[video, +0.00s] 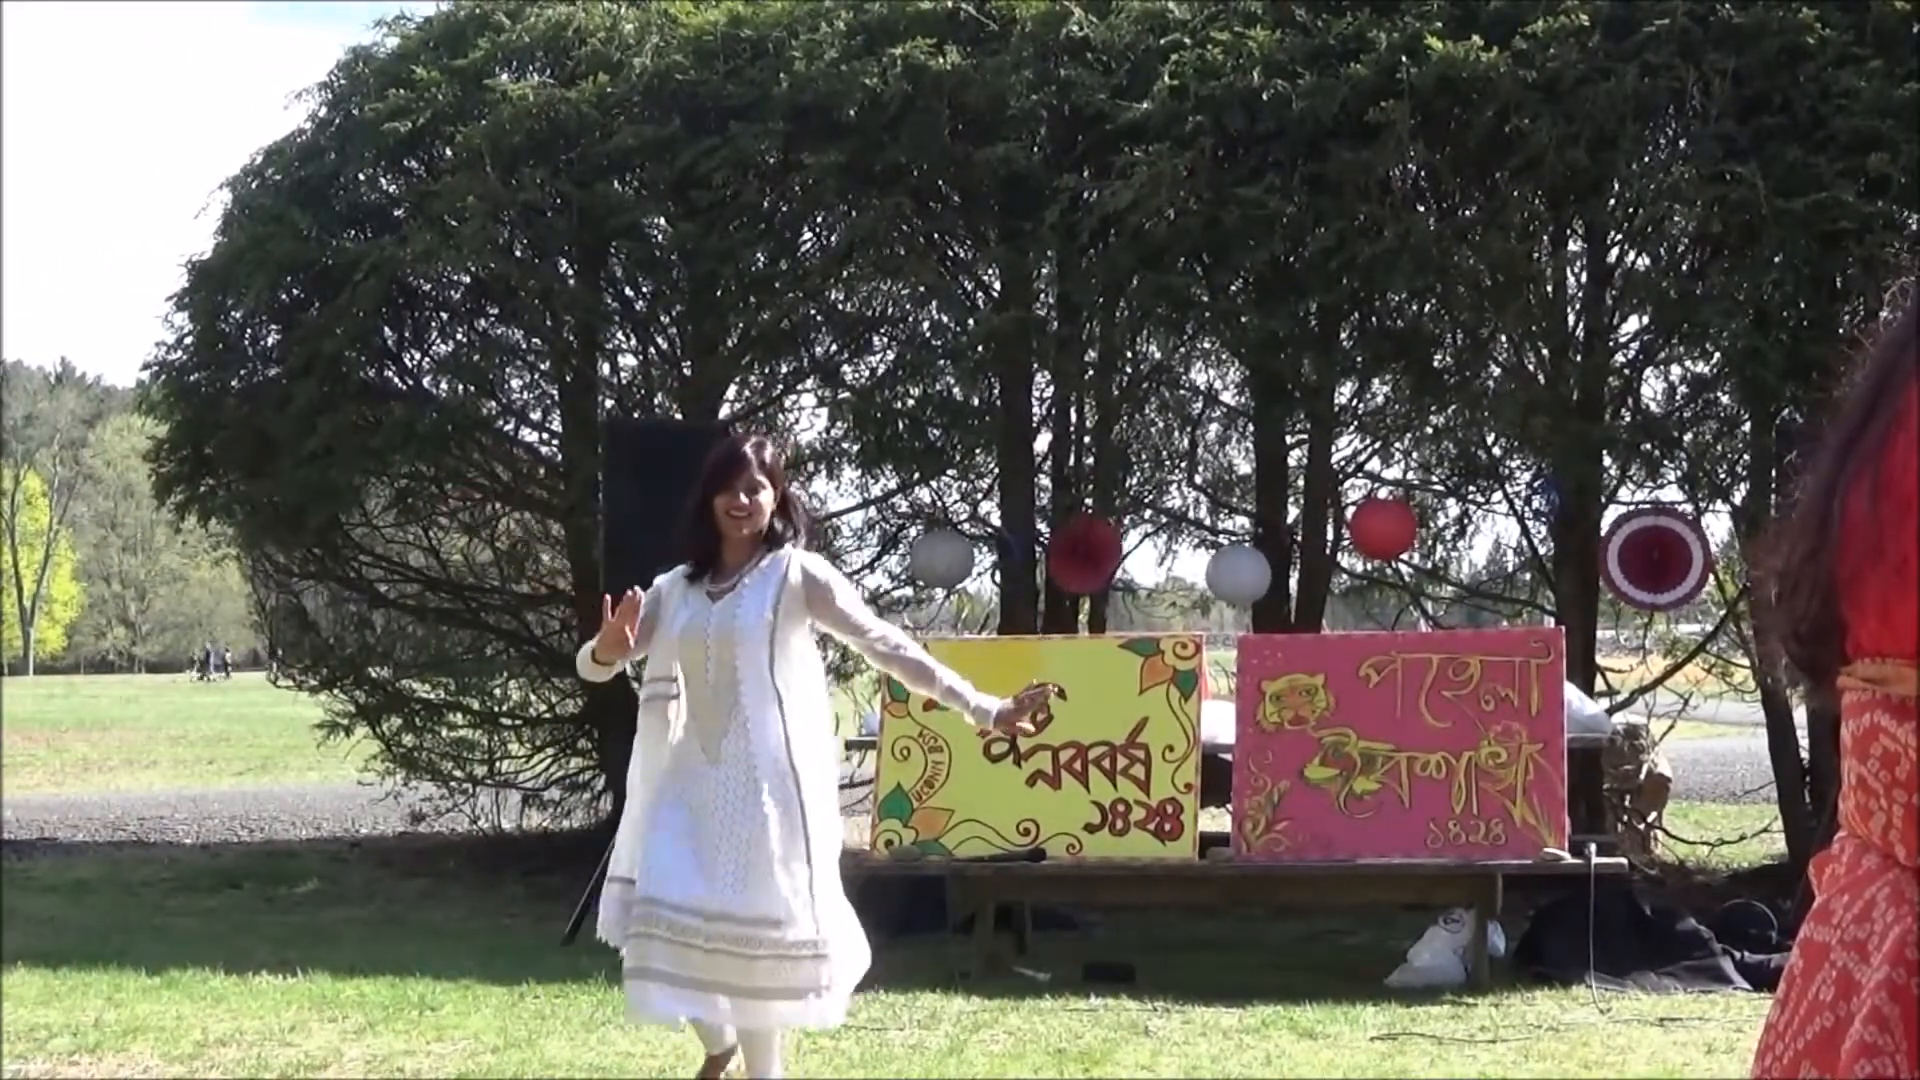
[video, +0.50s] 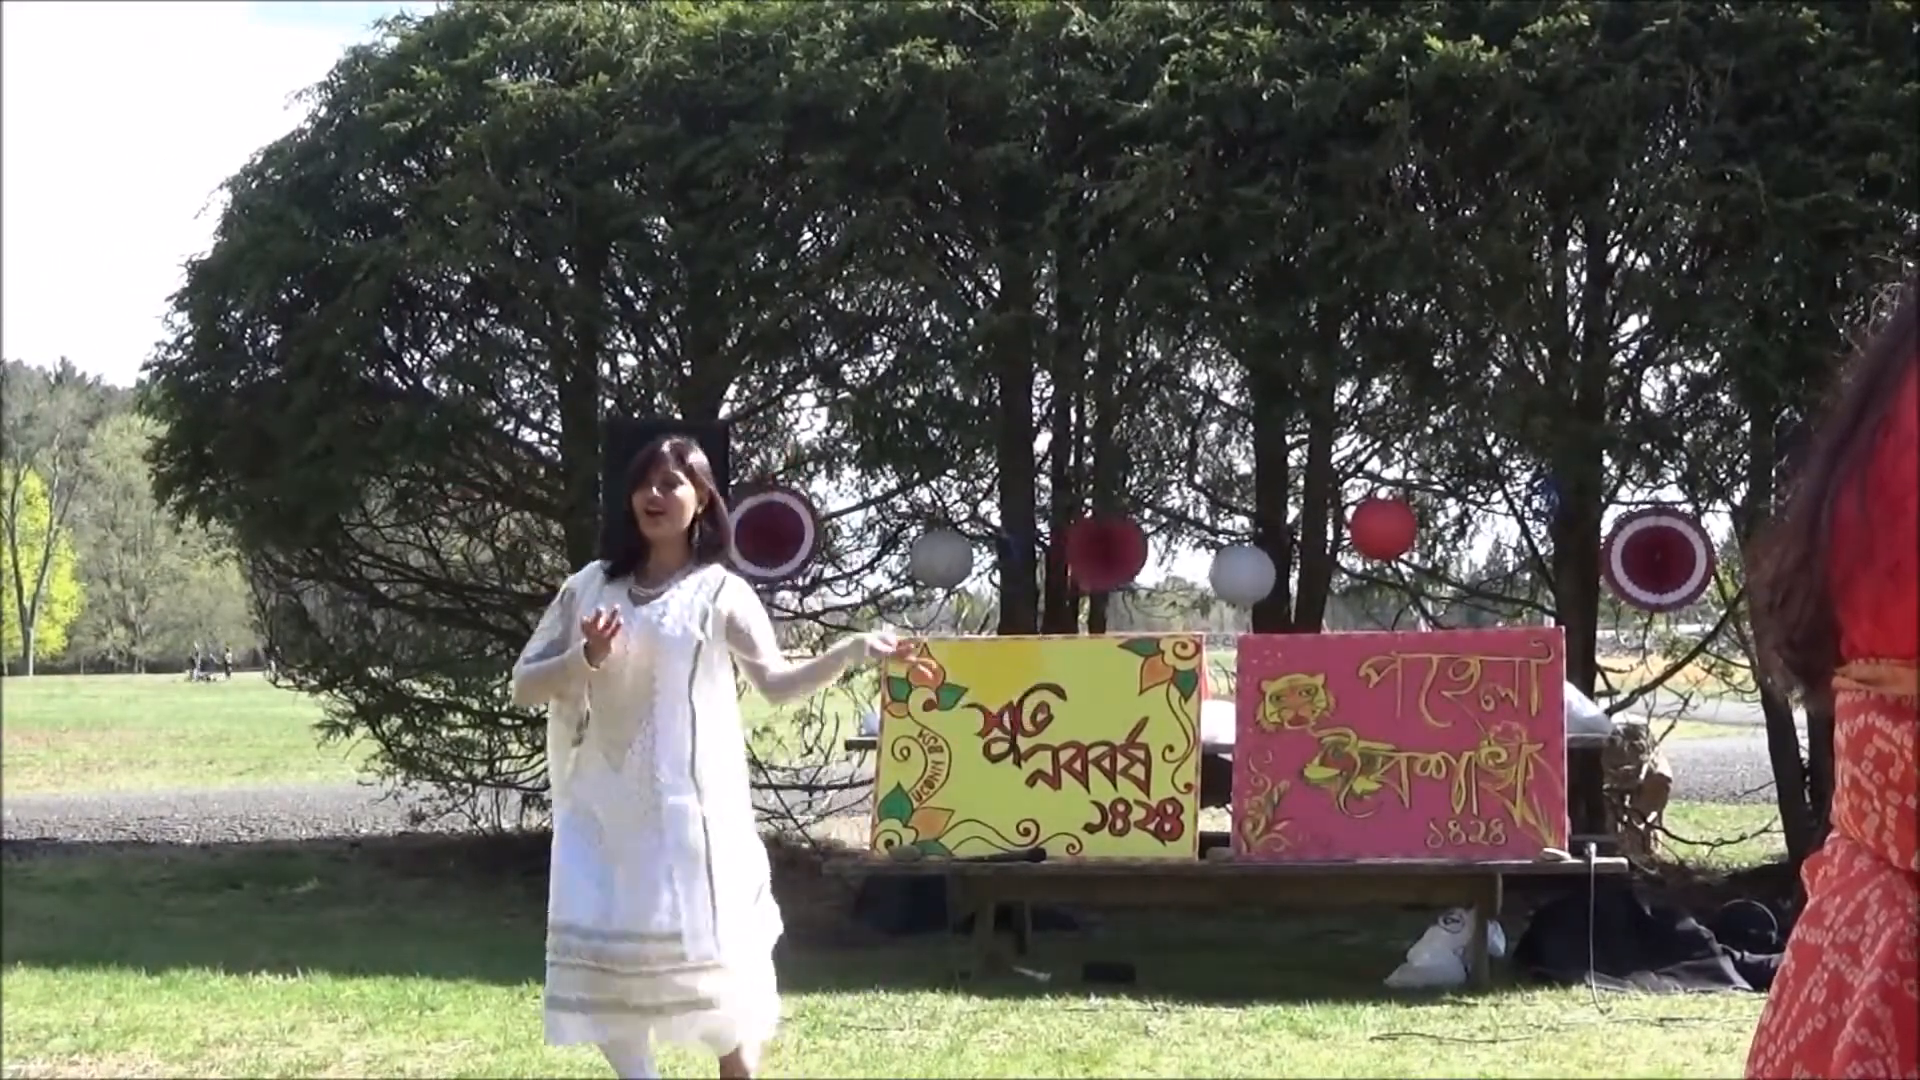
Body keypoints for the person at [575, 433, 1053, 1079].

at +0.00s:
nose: (742, 501)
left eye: (756, 489)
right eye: (730, 488)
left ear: (777, 498)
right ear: (709, 496)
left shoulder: (796, 573)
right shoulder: (672, 589)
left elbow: (885, 644)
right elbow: (594, 670)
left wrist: (986, 707)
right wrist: (606, 647)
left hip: (764, 783)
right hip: (681, 782)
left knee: (756, 937)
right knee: (657, 919)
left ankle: (763, 1071)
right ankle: (719, 1048)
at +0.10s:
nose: (737, 506)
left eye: (751, 494)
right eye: (725, 493)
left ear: (771, 505)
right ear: (704, 501)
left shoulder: (788, 579)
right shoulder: (668, 596)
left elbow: (880, 653)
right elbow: (601, 681)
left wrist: (981, 716)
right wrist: (603, 660)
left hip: (761, 788)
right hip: (680, 784)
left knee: (752, 945)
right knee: (637, 910)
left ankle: (761, 1071)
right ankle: (697, 1070)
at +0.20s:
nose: (722, 509)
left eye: (738, 497)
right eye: (711, 496)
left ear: (761, 511)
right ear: (692, 504)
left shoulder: (779, 587)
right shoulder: (655, 599)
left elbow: (874, 662)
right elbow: (584, 691)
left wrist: (971, 727)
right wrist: (596, 666)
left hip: (753, 804)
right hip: (669, 799)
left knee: (750, 963)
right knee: (617, 919)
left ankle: (758, 1069)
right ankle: (666, 1073)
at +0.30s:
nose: (706, 506)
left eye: (723, 495)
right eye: (696, 493)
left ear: (748, 509)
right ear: (678, 503)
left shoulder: (768, 595)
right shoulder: (635, 597)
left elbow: (861, 673)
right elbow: (560, 684)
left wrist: (965, 725)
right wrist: (596, 672)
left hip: (739, 815)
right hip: (646, 809)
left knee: (750, 966)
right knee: (598, 939)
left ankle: (758, 1069)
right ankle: (646, 1072)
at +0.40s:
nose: (685, 500)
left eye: (702, 490)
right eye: (675, 487)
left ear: (726, 506)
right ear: (655, 498)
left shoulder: (745, 593)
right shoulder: (611, 591)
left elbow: (825, 676)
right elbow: (541, 684)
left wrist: (932, 693)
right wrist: (591, 662)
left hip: (722, 821)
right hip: (622, 821)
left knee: (744, 983)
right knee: (606, 980)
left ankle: (758, 1068)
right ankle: (641, 1075)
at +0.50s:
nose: (654, 492)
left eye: (672, 481)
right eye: (644, 480)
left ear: (700, 499)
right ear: (629, 493)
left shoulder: (721, 590)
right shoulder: (589, 585)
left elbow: (778, 682)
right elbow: (525, 684)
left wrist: (853, 650)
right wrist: (583, 657)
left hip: (697, 817)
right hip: (600, 818)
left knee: (723, 984)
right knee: (603, 988)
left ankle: (738, 1068)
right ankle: (637, 1076)